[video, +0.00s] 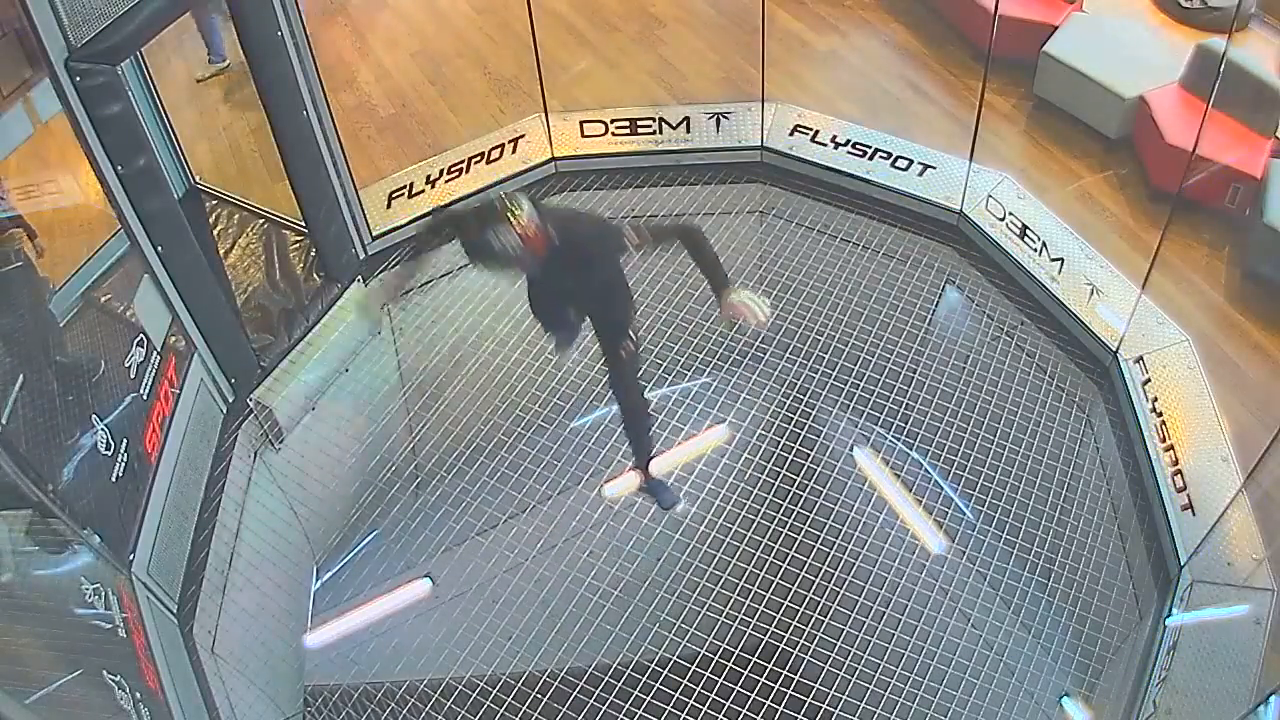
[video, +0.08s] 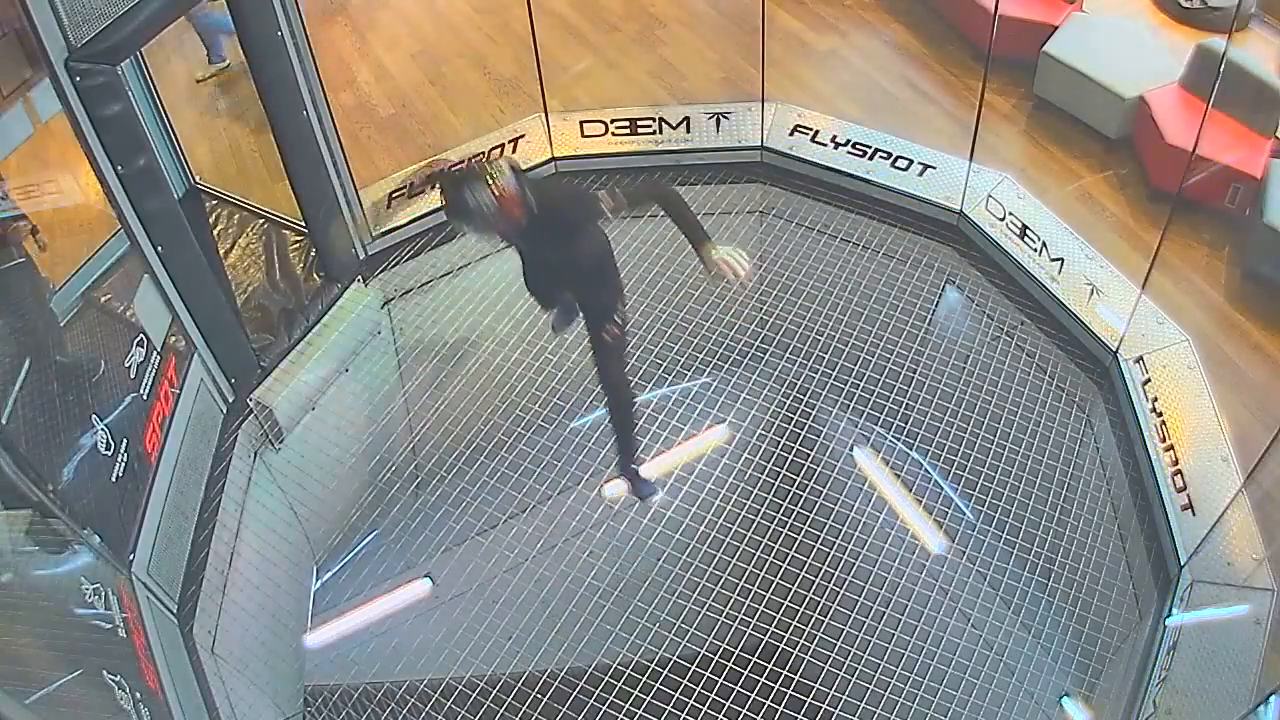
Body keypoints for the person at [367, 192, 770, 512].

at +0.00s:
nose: (529, 250)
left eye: (529, 241)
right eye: (516, 250)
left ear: (535, 222)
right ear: (498, 248)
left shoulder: (592, 232)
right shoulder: (487, 235)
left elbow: (686, 230)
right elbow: (441, 224)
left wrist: (725, 292)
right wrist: (399, 273)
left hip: (603, 279)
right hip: (552, 280)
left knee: (623, 377)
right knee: (554, 321)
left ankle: (646, 471)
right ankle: (568, 329)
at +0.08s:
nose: (500, 224)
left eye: (498, 213)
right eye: (489, 222)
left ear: (505, 189)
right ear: (479, 215)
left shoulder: (563, 196)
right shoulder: (497, 213)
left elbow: (656, 189)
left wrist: (706, 248)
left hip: (594, 271)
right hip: (546, 267)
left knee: (612, 372)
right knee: (539, 283)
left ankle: (628, 465)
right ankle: (564, 308)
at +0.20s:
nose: (451, 178)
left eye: (451, 169)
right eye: (444, 172)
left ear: (471, 150)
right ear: (445, 159)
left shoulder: (537, 167)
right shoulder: (478, 158)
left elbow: (634, 157)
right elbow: (443, 125)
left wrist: (669, 204)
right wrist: (392, 142)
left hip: (578, 244)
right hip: (533, 244)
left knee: (589, 354)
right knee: (542, 271)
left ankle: (601, 448)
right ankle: (570, 293)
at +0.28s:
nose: (448, 155)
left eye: (449, 145)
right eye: (441, 149)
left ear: (468, 124)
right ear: (459, 122)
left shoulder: (524, 147)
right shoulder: (477, 132)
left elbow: (614, 147)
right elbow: (442, 103)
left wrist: (646, 194)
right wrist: (397, 119)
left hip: (573, 236)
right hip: (535, 236)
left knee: (573, 343)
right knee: (558, 274)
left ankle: (579, 437)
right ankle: (572, 295)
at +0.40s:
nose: (446, 125)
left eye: (446, 116)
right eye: (440, 119)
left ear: (466, 101)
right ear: (463, 100)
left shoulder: (515, 130)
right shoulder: (483, 117)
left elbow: (599, 136)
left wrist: (617, 188)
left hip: (562, 217)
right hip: (529, 215)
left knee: (546, 314)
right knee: (558, 266)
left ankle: (538, 415)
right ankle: (590, 300)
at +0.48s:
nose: (448, 109)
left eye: (447, 101)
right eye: (442, 103)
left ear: (464, 84)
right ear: (465, 80)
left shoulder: (509, 113)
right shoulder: (489, 95)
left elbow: (594, 128)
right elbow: (484, 53)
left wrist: (604, 179)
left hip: (553, 205)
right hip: (536, 197)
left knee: (527, 291)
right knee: (551, 252)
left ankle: (506, 388)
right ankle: (591, 300)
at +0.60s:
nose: (442, 73)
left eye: (441, 64)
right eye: (436, 67)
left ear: (457, 49)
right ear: (459, 43)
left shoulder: (496, 74)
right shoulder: (485, 58)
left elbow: (573, 111)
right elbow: (487, 14)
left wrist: (562, 156)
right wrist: (444, 24)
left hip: (537, 169)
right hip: (528, 167)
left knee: (503, 252)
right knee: (546, 230)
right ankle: (589, 294)